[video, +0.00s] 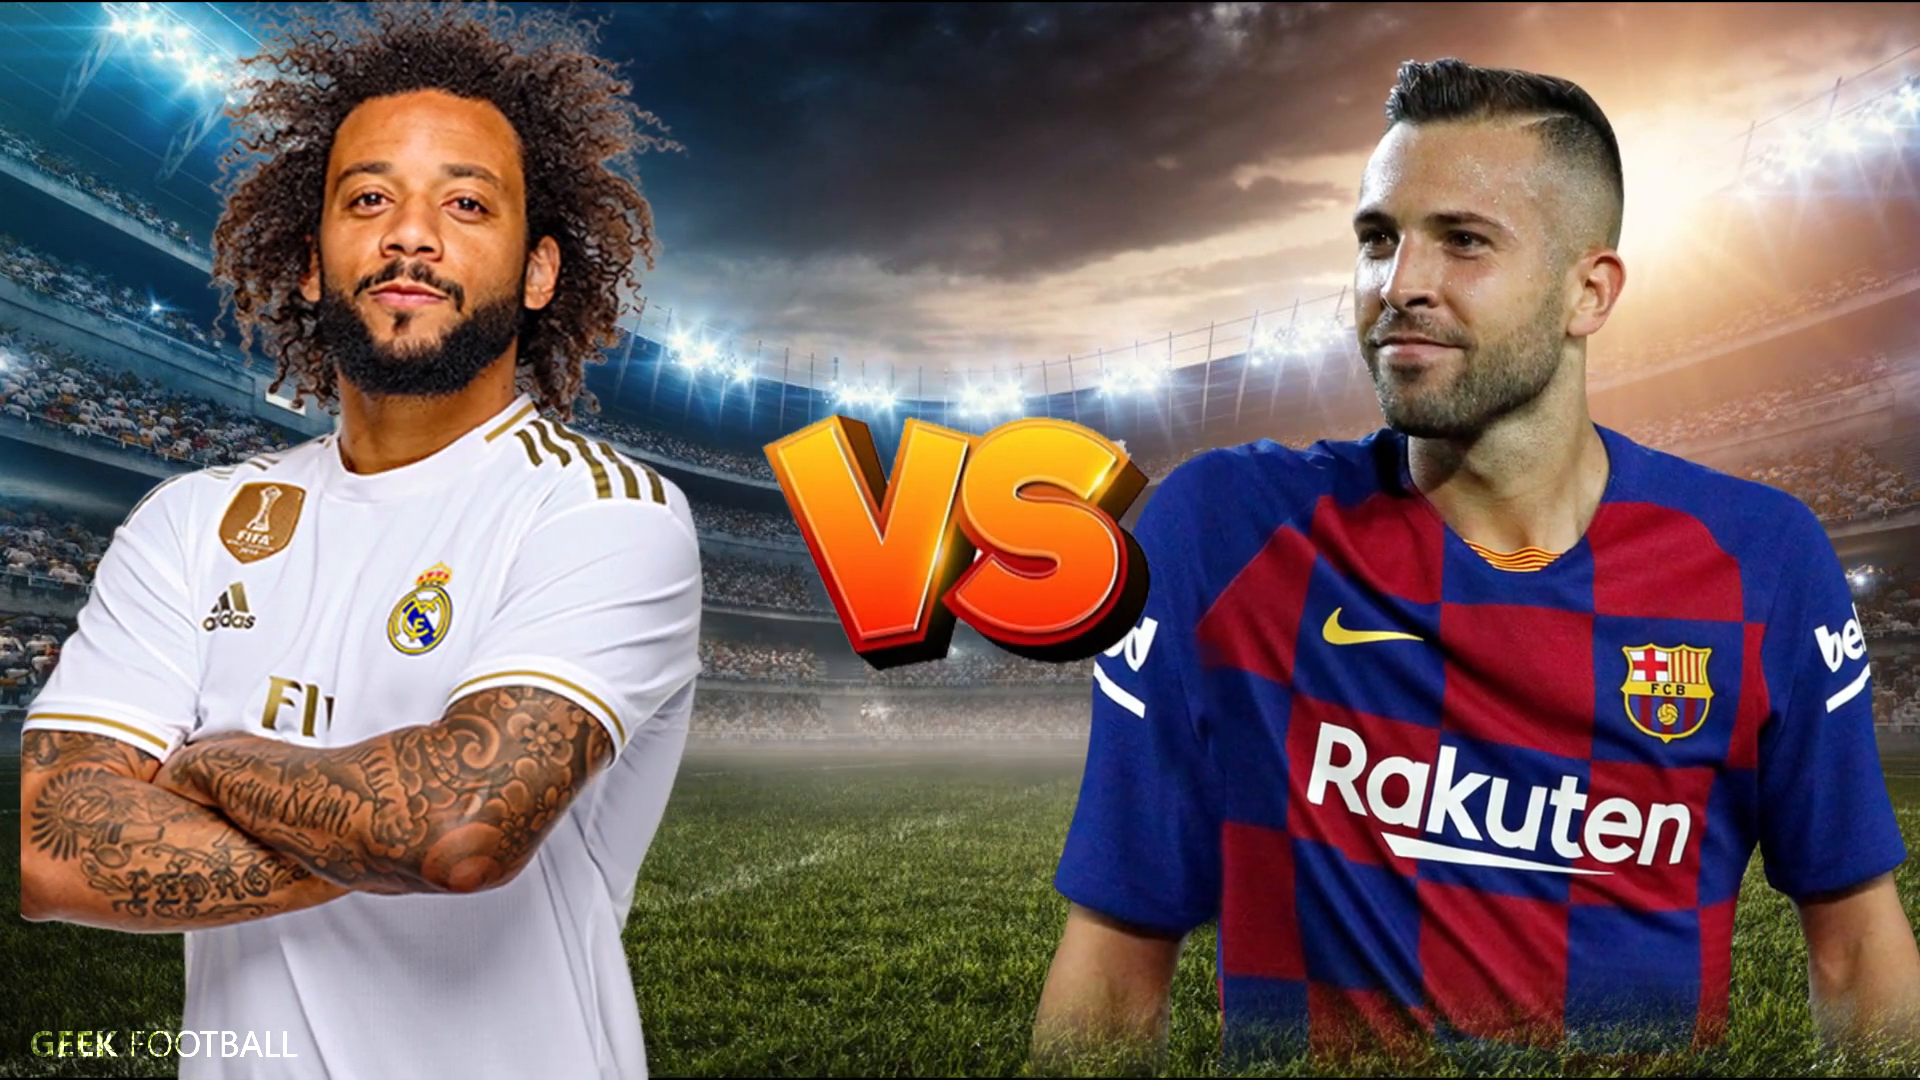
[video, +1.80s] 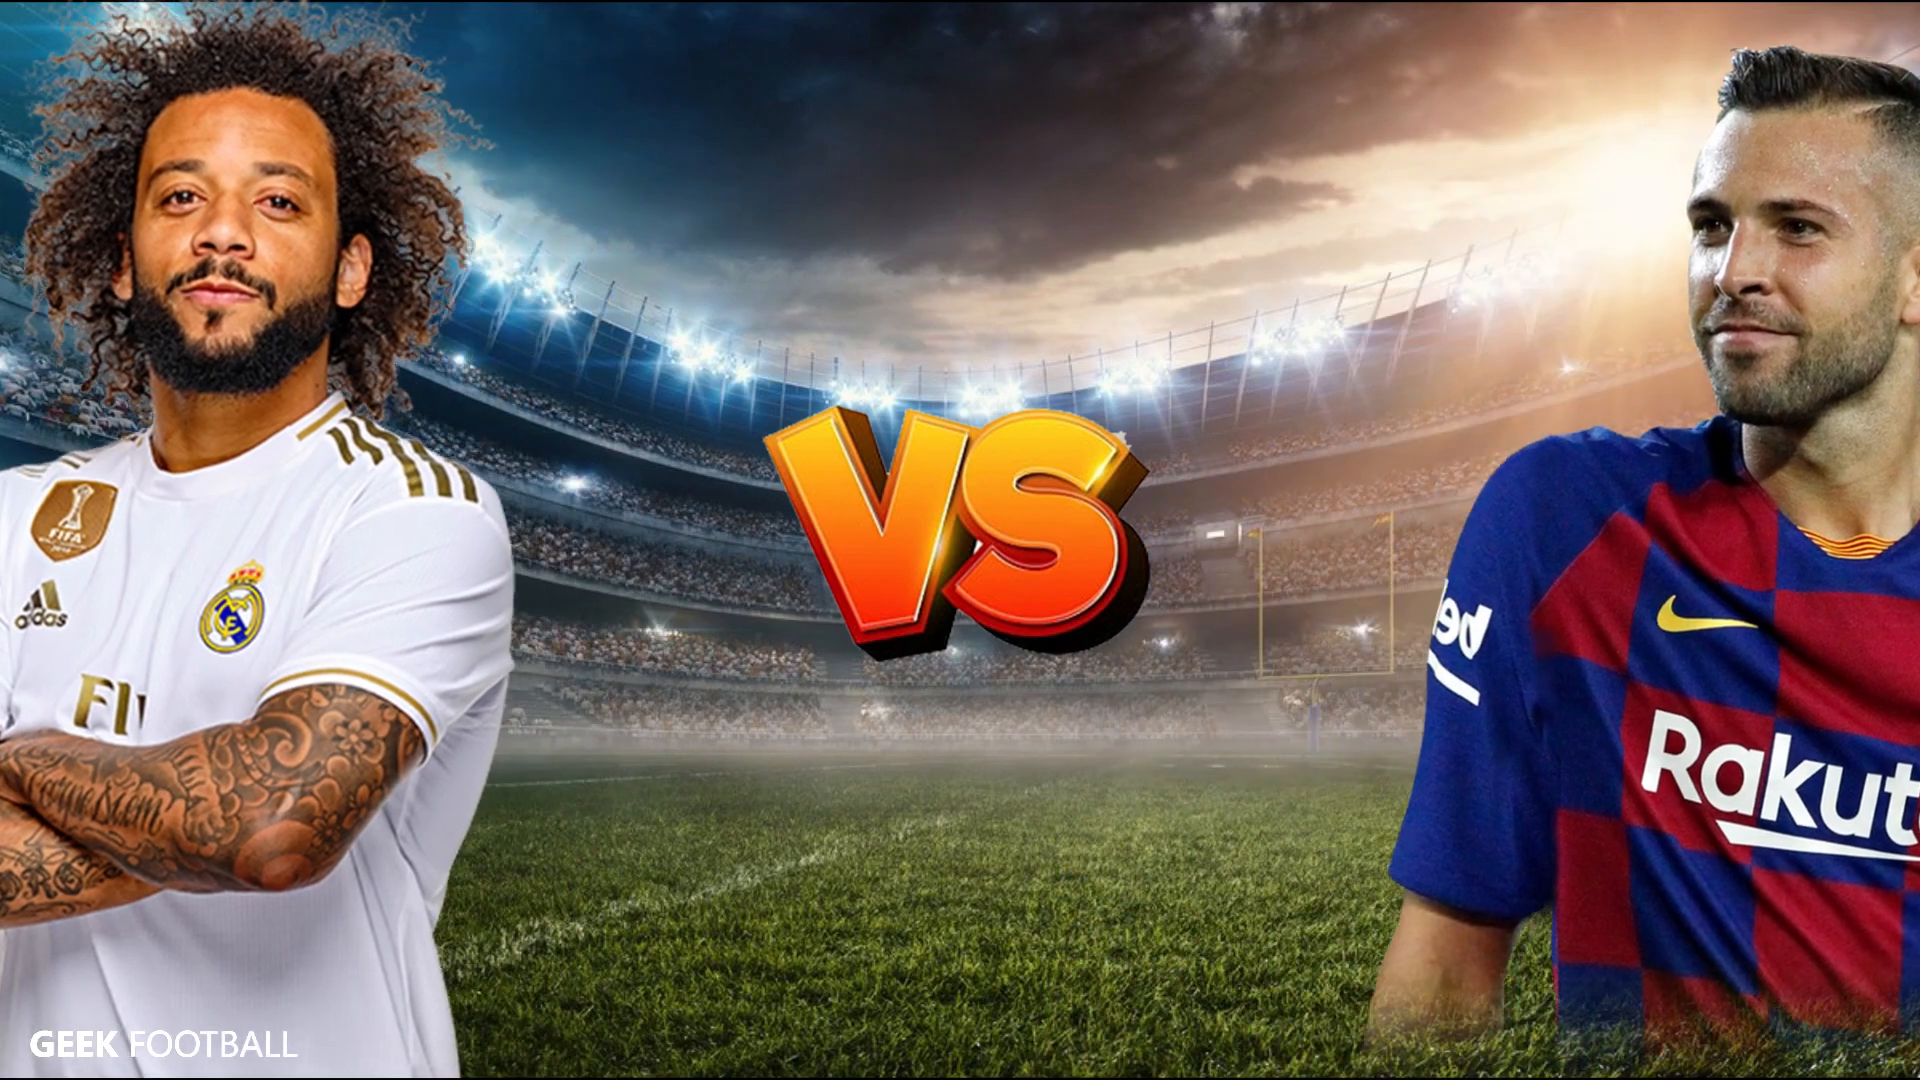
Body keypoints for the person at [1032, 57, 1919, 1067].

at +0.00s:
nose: (1397, 285)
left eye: (1464, 241)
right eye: (1377, 240)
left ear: (1589, 294)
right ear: (1355, 263)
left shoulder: (1764, 564)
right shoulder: (1217, 530)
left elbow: (1857, 938)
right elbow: (1116, 958)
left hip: (1638, 1052)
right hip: (1306, 1050)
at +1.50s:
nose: (1527, 289)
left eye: (1592, 242)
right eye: (1505, 243)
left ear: (1717, 295)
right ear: (1482, 267)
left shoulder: (1892, 563)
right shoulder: (1346, 530)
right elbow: (1242, 962)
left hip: (1768, 1060)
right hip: (1445, 1055)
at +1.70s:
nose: (1653, 280)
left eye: (1719, 234)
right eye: (1633, 234)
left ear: (1844, 285)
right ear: (1612, 255)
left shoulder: (1911, 540)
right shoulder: (1480, 522)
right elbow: (1369, 960)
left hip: (1881, 1046)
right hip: (1582, 1048)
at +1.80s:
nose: (1736, 274)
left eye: (1801, 229)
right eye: (1714, 229)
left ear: (1915, 280)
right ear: (1688, 253)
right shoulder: (1561, 516)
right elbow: (1448, 946)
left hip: (1891, 1043)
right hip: (1645, 1051)